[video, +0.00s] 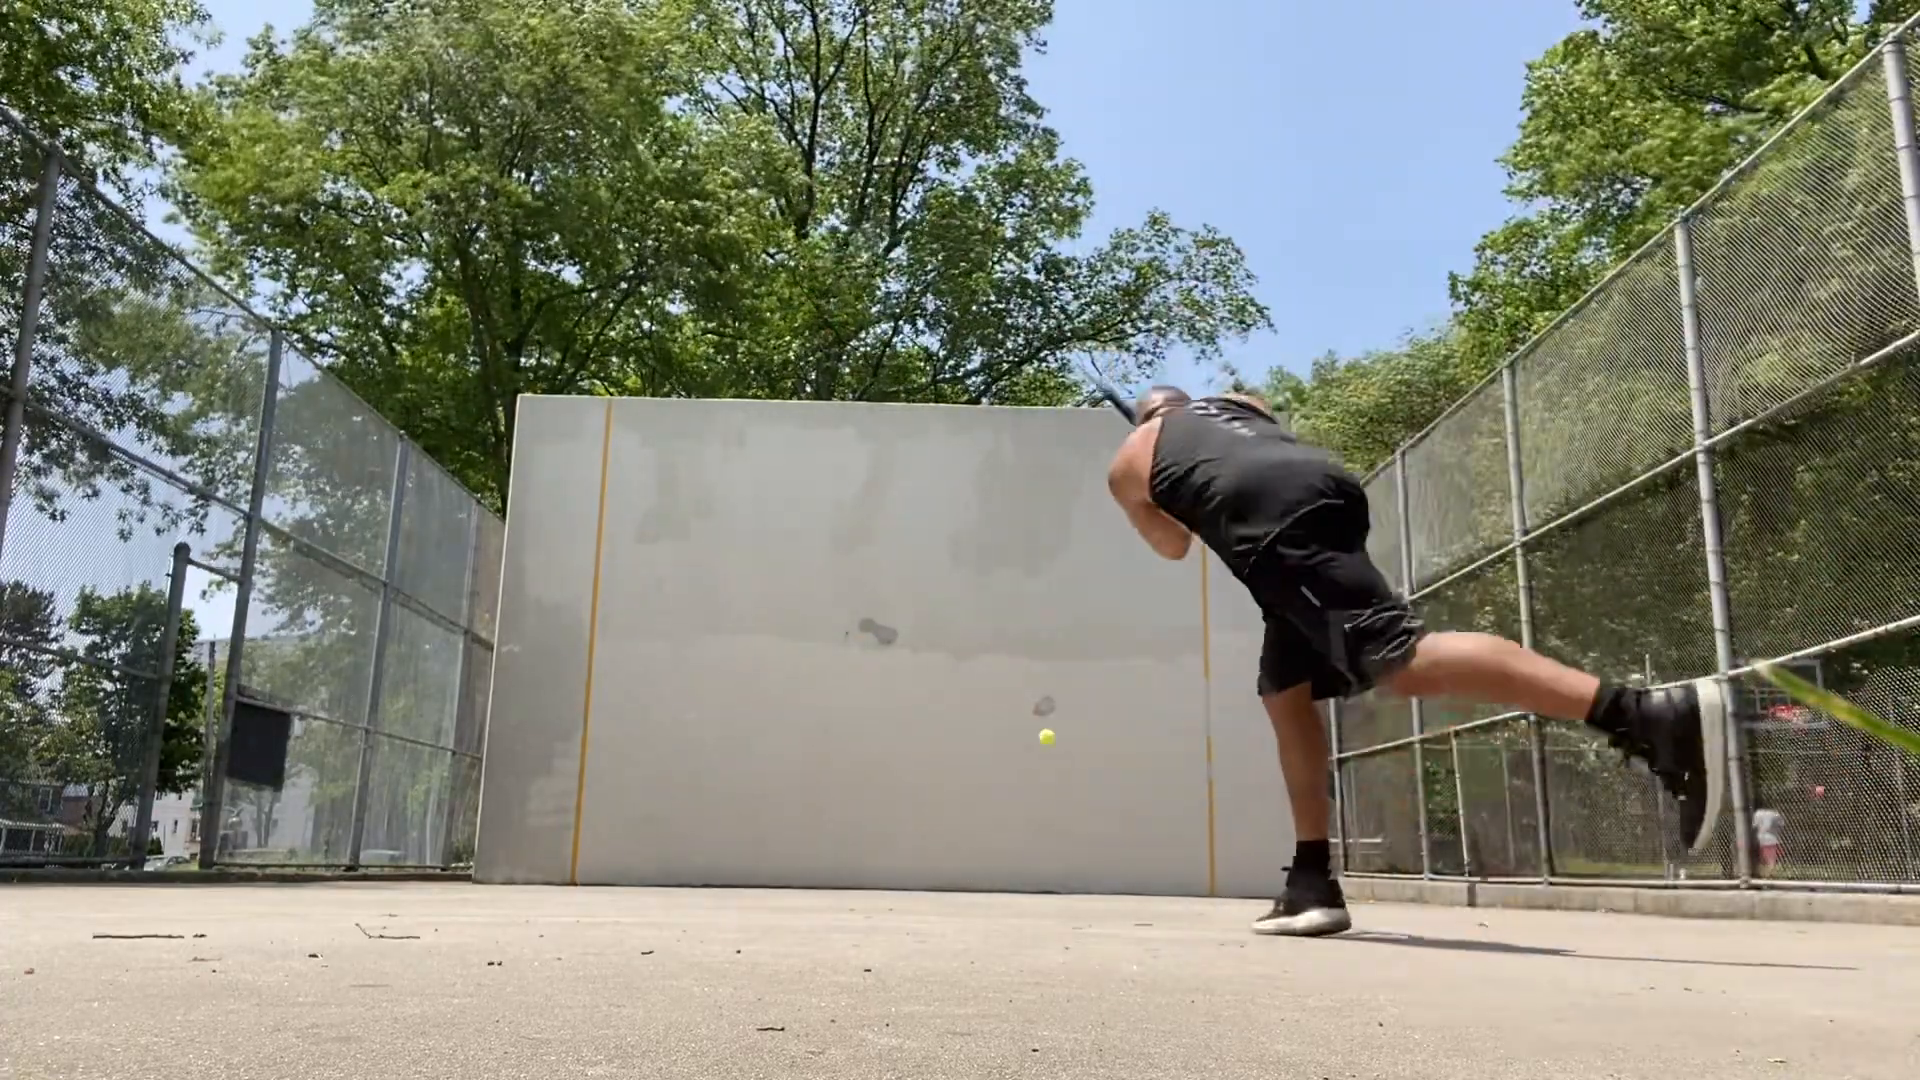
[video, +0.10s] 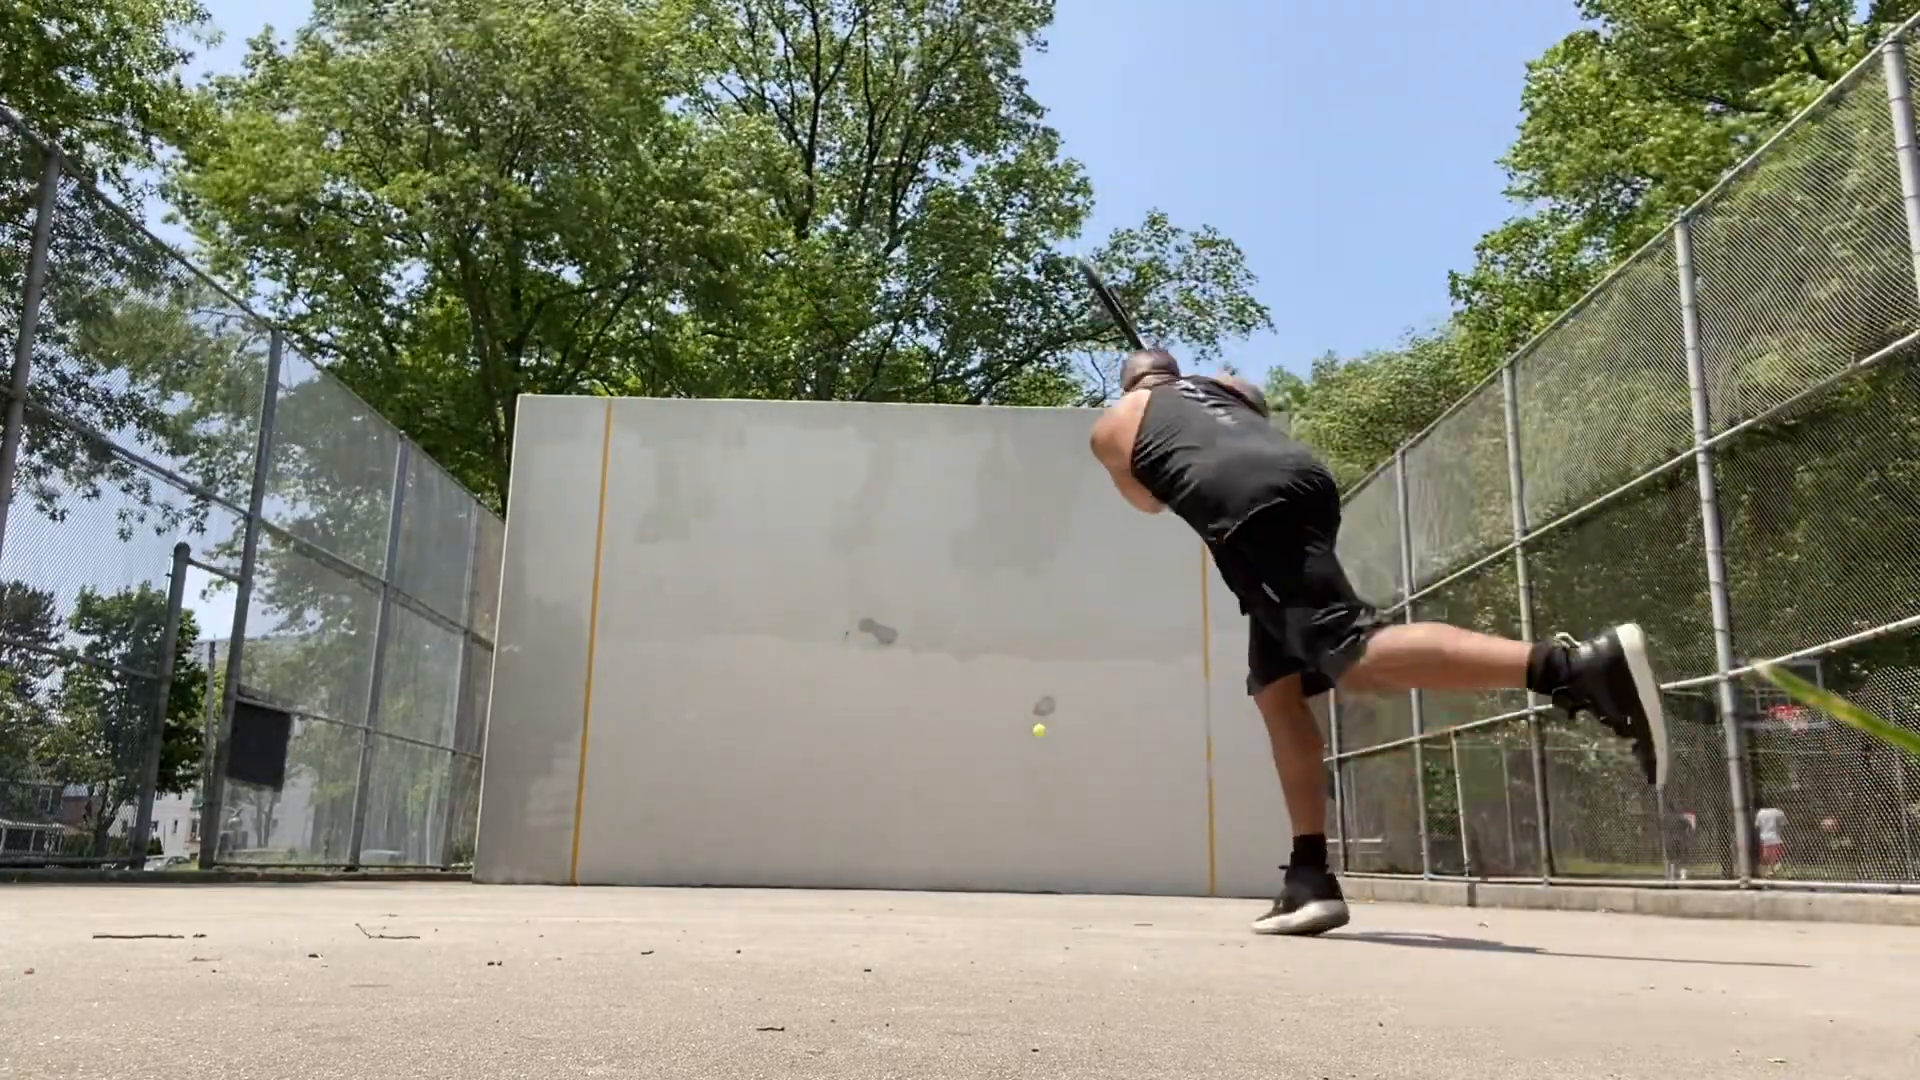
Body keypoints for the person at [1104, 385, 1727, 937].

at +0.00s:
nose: (1128, 422)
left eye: (1129, 415)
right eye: (1135, 413)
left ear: (1147, 416)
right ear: (1191, 405)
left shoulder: (1131, 456)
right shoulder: (1241, 412)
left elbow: (1171, 544)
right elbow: (1261, 426)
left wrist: (1184, 469)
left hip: (1277, 513)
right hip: (1332, 490)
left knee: (1402, 663)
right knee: (1285, 687)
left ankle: (1651, 720)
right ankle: (1312, 883)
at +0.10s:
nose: (1122, 400)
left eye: (1119, 391)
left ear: (1126, 387)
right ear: (1176, 377)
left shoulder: (1113, 424)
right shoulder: (1228, 388)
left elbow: (1145, 497)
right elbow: (1253, 393)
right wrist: (1195, 387)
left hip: (1247, 502)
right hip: (1307, 477)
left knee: (1352, 659)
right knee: (1279, 689)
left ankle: (1580, 671)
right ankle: (1311, 880)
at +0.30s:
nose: (1089, 333)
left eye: (1090, 325)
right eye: (1099, 321)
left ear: (1096, 328)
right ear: (1144, 321)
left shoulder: (1083, 366)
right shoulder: (1203, 356)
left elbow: (1079, 490)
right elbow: (1233, 432)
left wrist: (1120, 508)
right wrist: (1172, 493)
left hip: (1200, 491)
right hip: (1277, 486)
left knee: (1147, 669)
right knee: (1264, 683)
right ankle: (1307, 873)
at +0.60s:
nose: (1065, 341)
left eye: (1065, 331)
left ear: (1071, 332)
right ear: (1129, 331)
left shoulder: (1038, 379)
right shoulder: (1173, 370)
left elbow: (1025, 492)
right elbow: (1226, 450)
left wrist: (1079, 526)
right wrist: (1178, 508)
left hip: (1091, 551)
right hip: (1180, 555)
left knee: (1033, 705)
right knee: (1183, 706)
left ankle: (1011, 882)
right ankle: (1252, 841)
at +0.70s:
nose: (1073, 328)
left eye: (1070, 320)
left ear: (1069, 326)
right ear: (1127, 325)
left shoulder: (1032, 374)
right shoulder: (1167, 361)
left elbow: (1022, 490)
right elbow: (1211, 436)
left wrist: (1085, 509)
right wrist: (1162, 493)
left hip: (1078, 544)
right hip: (1165, 546)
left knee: (1037, 704)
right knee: (1190, 702)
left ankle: (1012, 879)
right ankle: (1258, 847)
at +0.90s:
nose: (1135, 342)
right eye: (1133, 333)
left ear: (1070, 331)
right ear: (1125, 333)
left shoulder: (1027, 380)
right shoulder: (1144, 368)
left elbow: (1037, 465)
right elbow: (1196, 453)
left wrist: (1149, 478)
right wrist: (1181, 477)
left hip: (1042, 556)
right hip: (1126, 557)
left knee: (1023, 711)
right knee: (1174, 700)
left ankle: (1010, 877)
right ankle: (1216, 819)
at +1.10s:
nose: (1165, 371)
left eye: (1161, 362)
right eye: (1164, 364)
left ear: (1110, 360)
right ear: (1155, 360)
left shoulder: (1060, 407)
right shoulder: (1152, 387)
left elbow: (1035, 492)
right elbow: (1176, 448)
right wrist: (1259, 402)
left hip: (1045, 572)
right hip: (1123, 576)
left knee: (1025, 716)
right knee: (1161, 725)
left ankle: (1006, 863)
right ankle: (1193, 872)